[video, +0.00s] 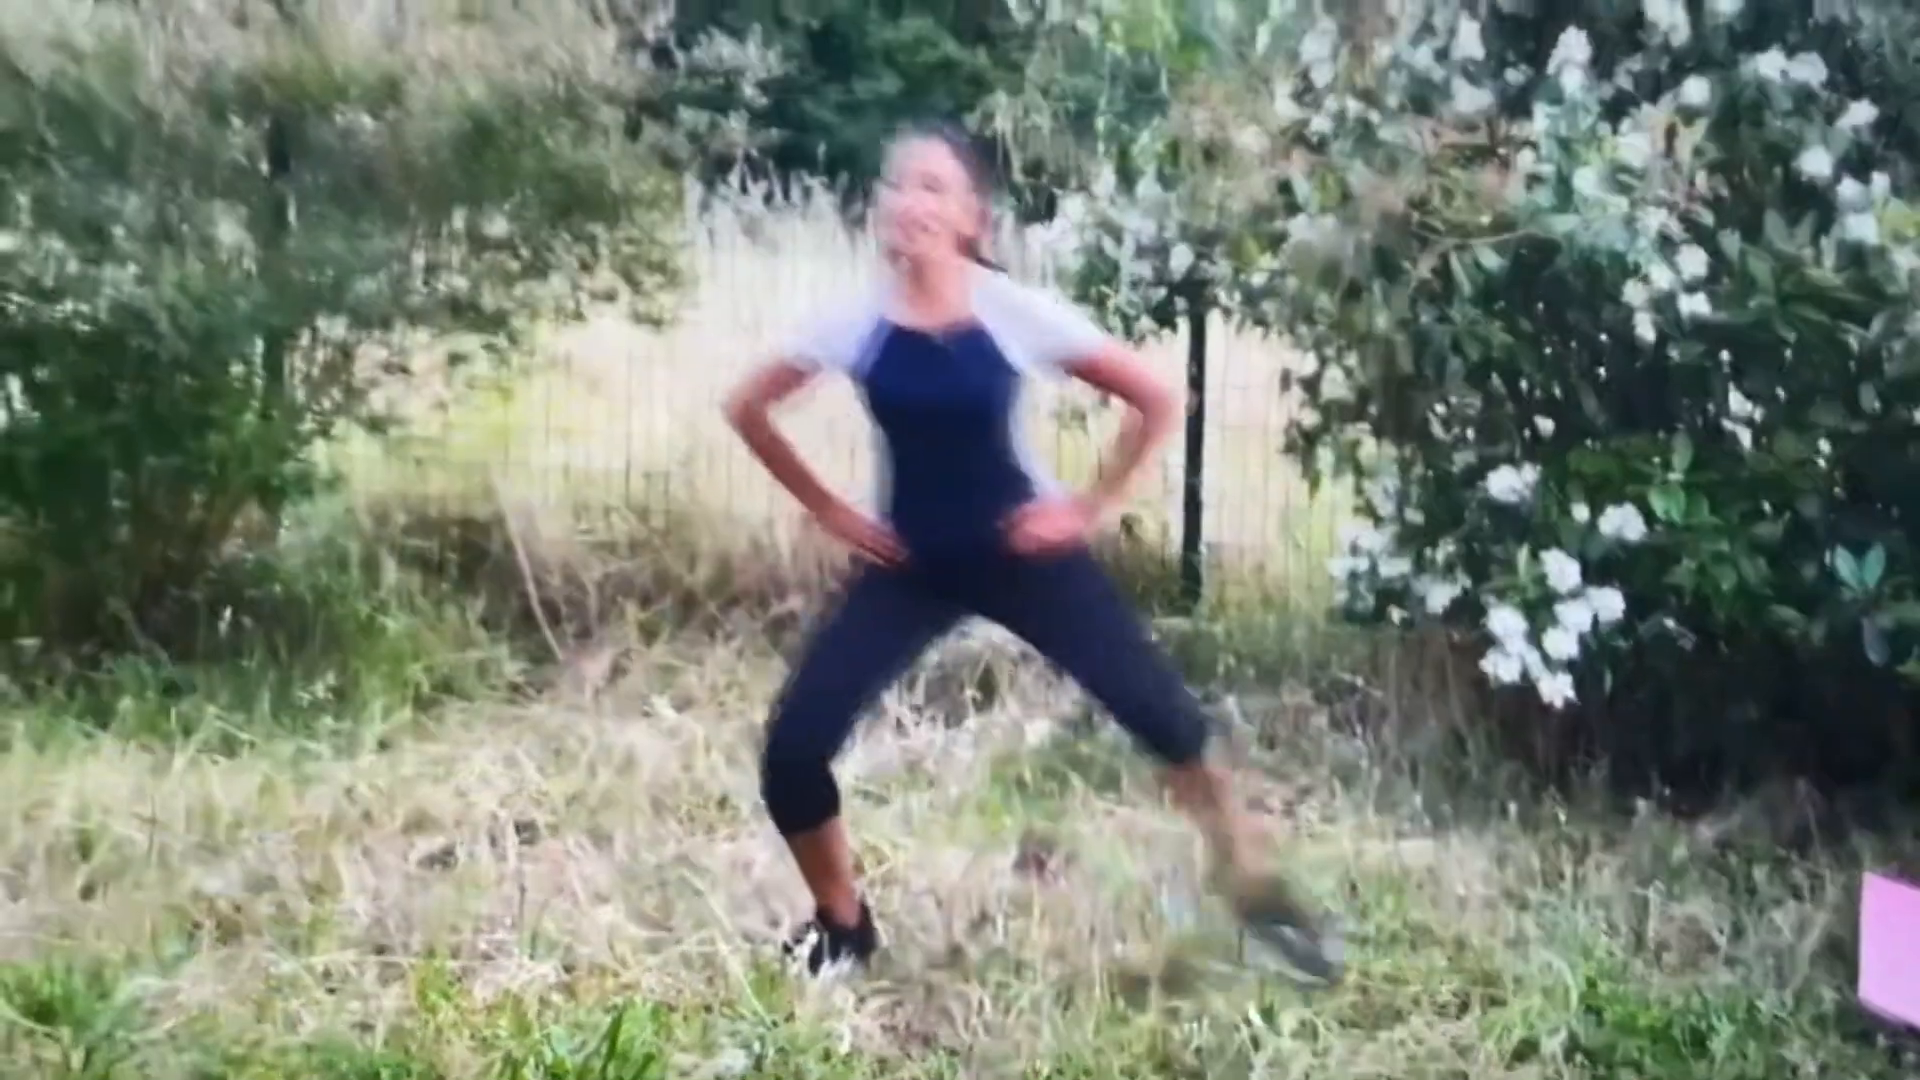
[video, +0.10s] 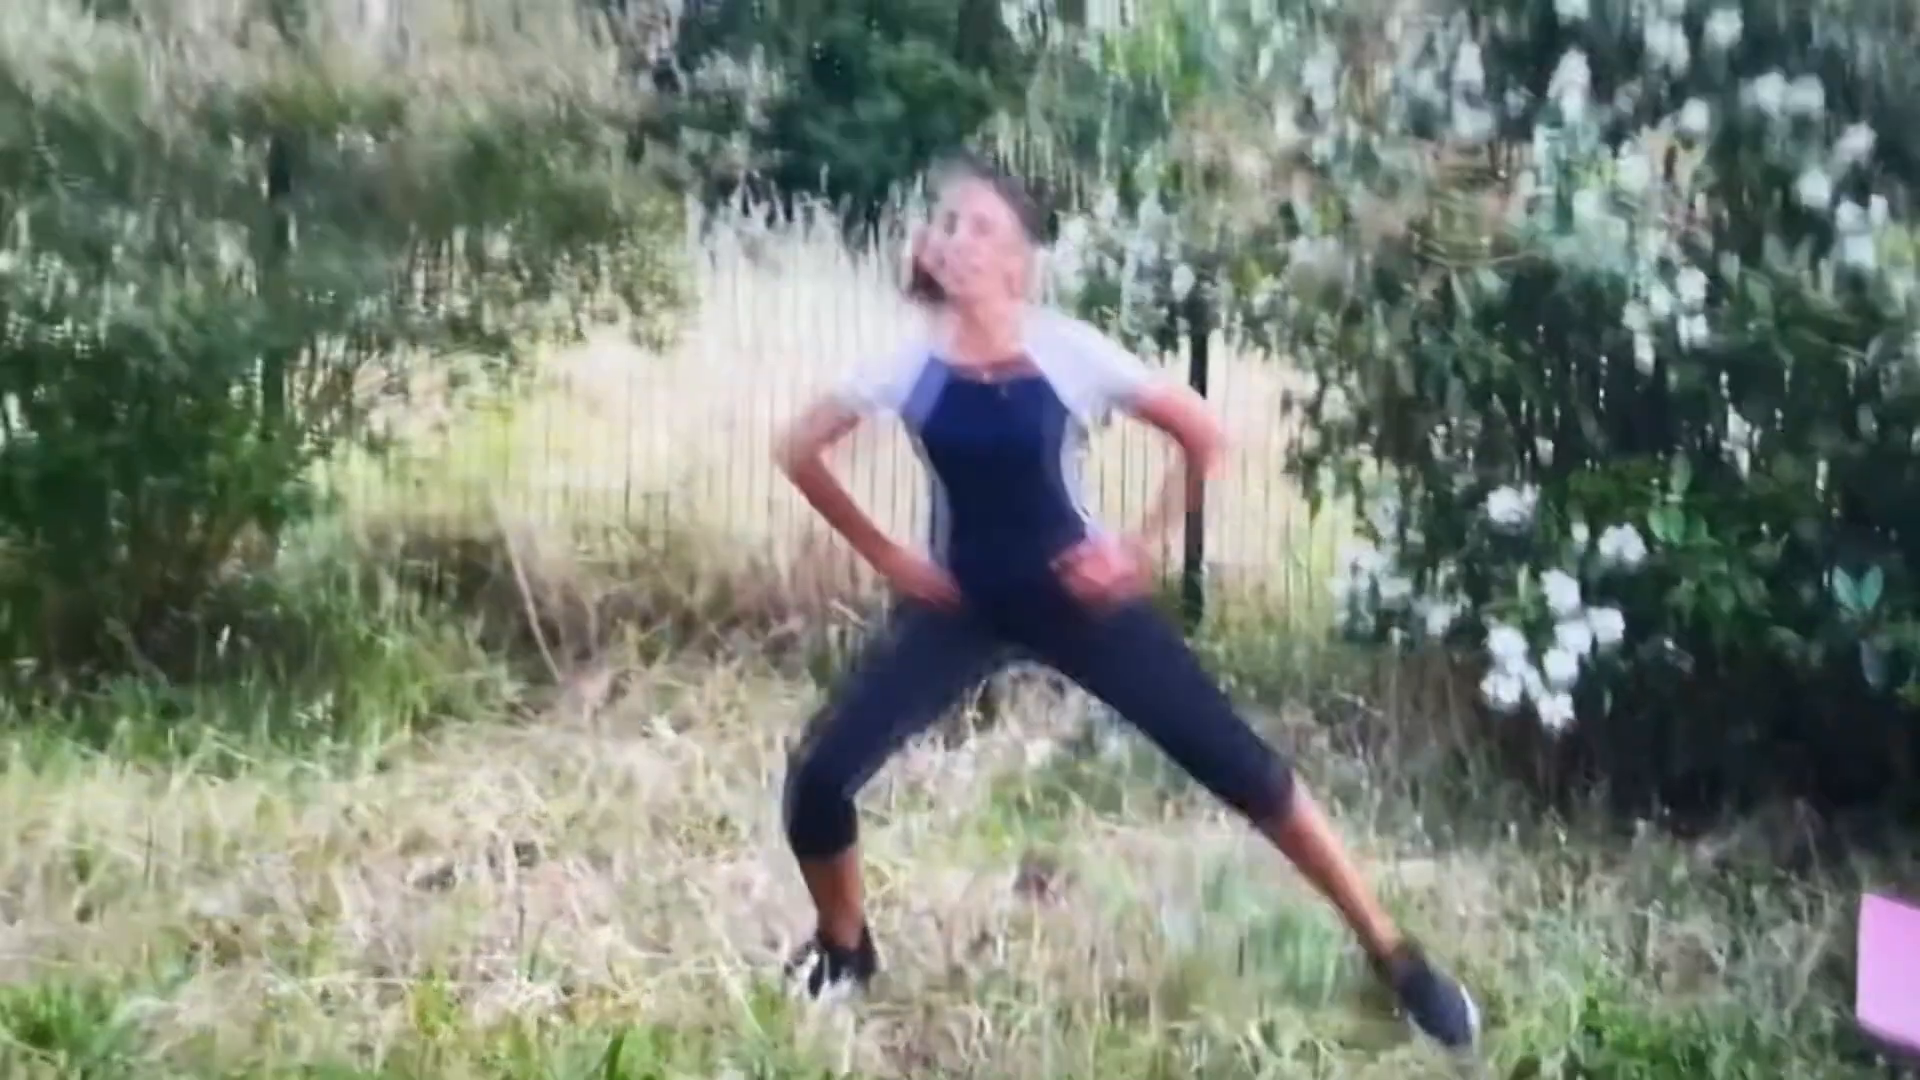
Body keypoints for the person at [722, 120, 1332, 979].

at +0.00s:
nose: (906, 201)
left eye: (931, 187)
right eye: (896, 183)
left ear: (973, 220)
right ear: (875, 204)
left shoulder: (1014, 314)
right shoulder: (856, 321)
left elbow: (1158, 400)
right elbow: (747, 411)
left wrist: (1092, 510)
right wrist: (838, 517)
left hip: (1028, 563)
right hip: (907, 570)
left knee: (1171, 723)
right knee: (791, 756)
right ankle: (843, 929)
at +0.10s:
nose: (966, 235)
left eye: (988, 224)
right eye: (950, 225)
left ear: (1025, 263)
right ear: (927, 263)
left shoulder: (1069, 353)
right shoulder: (908, 367)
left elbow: (1203, 436)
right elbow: (797, 453)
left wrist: (1144, 549)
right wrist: (889, 558)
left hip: (1080, 605)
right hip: (959, 610)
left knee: (1244, 769)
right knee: (816, 781)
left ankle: (1392, 953)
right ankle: (843, 952)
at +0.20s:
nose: (1018, 309)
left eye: (1041, 293)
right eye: (1008, 294)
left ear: (1087, 323)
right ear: (989, 321)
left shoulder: (1136, 415)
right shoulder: (977, 428)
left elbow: (1273, 514)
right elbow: (860, 521)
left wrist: (1212, 629)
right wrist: (949, 620)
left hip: (1147, 676)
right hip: (1026, 677)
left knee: (1317, 845)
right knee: (857, 832)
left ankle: (1415, 1015)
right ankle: (838, 988)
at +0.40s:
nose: (1117, 392)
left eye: (1138, 375)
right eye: (1102, 376)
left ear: (1179, 396)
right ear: (1084, 395)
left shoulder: (1220, 496)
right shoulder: (1057, 499)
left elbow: (1353, 596)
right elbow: (928, 578)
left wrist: (1279, 705)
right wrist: (1008, 685)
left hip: (1207, 754)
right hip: (1078, 750)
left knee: (1382, 914)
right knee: (899, 898)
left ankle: (1410, 1064)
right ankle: (834, 1031)